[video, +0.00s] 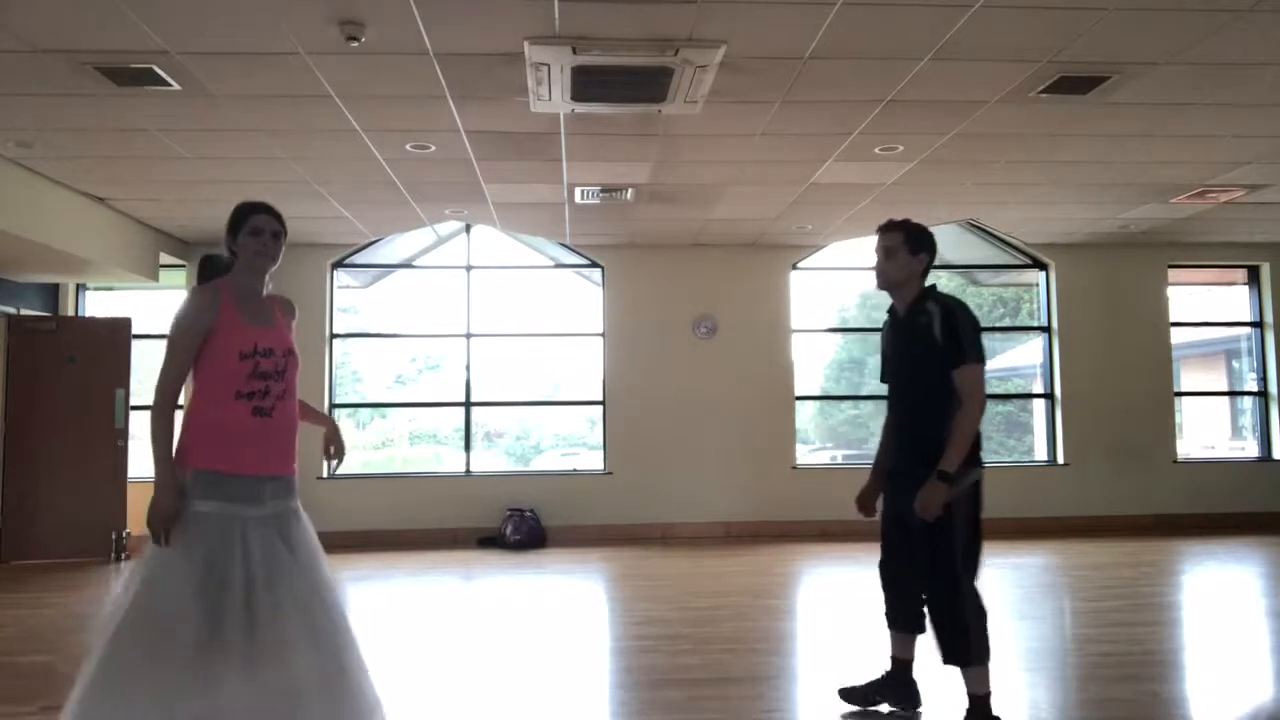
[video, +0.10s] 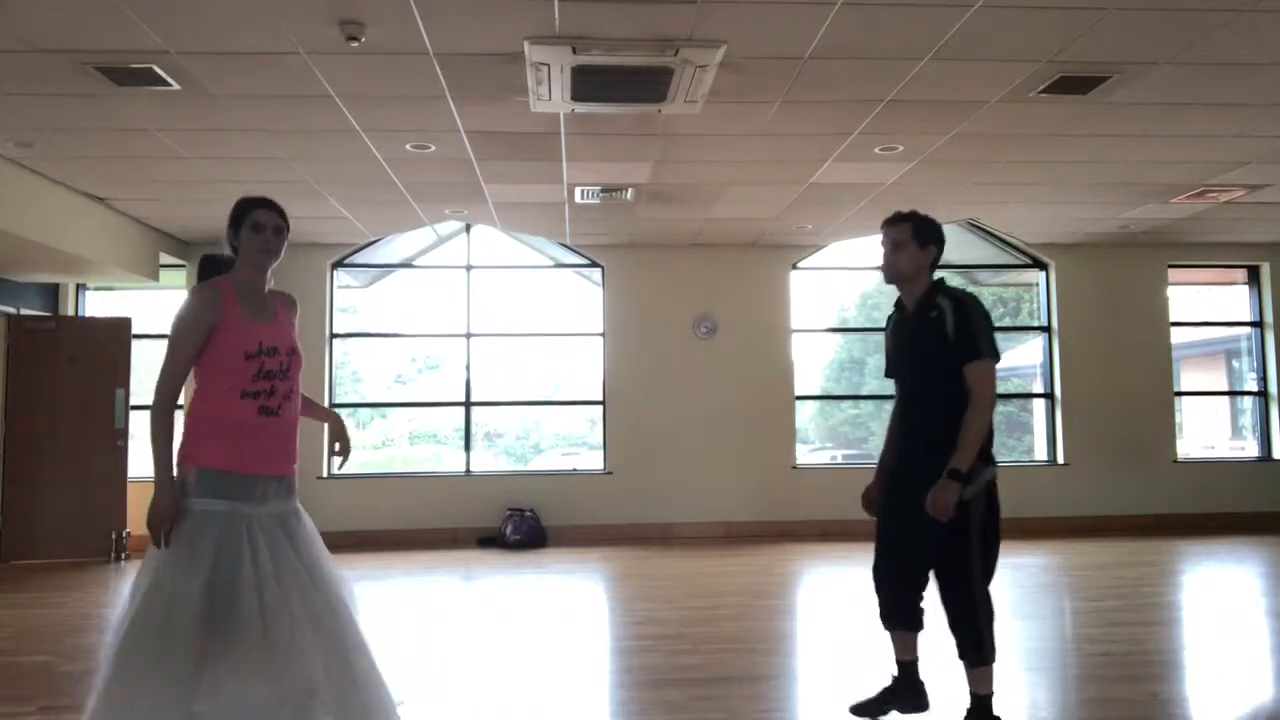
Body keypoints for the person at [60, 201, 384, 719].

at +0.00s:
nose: (268, 243)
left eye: (276, 237)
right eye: (256, 234)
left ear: (283, 249)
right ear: (233, 242)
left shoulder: (283, 310)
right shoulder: (207, 302)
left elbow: (275, 395)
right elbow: (164, 396)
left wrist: (326, 421)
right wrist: (164, 481)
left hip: (275, 485)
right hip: (212, 484)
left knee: (274, 627)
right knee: (205, 626)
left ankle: (265, 713)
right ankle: (198, 713)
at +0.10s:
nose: (269, 239)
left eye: (277, 232)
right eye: (258, 229)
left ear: (285, 244)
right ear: (233, 237)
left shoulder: (285, 306)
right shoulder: (208, 301)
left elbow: (278, 390)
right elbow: (165, 396)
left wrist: (330, 416)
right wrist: (164, 483)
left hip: (276, 483)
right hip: (215, 482)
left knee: (280, 628)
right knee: (207, 627)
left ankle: (271, 714)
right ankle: (191, 712)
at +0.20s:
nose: (269, 234)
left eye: (278, 228)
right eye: (257, 224)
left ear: (285, 241)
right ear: (234, 234)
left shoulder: (281, 304)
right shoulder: (209, 296)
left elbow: (275, 392)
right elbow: (167, 398)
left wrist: (330, 418)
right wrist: (164, 489)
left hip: (275, 484)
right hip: (218, 483)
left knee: (280, 630)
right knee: (210, 631)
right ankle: (186, 711)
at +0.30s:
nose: (268, 232)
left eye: (277, 225)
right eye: (255, 222)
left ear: (284, 238)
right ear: (231, 231)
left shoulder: (275, 303)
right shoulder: (209, 294)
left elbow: (265, 396)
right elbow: (169, 398)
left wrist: (320, 419)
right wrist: (167, 494)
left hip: (272, 477)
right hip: (219, 477)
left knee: (268, 622)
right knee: (215, 625)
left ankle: (261, 710)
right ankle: (206, 711)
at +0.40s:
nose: (268, 227)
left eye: (276, 220)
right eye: (254, 216)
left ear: (282, 233)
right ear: (227, 225)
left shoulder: (268, 301)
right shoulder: (209, 288)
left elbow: (250, 395)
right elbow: (168, 397)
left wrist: (306, 426)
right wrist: (171, 493)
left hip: (267, 490)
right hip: (218, 488)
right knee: (215, 642)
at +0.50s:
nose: (265, 223)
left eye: (273, 216)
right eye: (252, 212)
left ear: (279, 229)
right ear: (224, 220)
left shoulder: (262, 297)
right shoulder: (207, 284)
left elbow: (240, 390)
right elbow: (169, 387)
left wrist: (288, 427)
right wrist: (178, 489)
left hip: (261, 498)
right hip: (213, 498)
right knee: (213, 655)